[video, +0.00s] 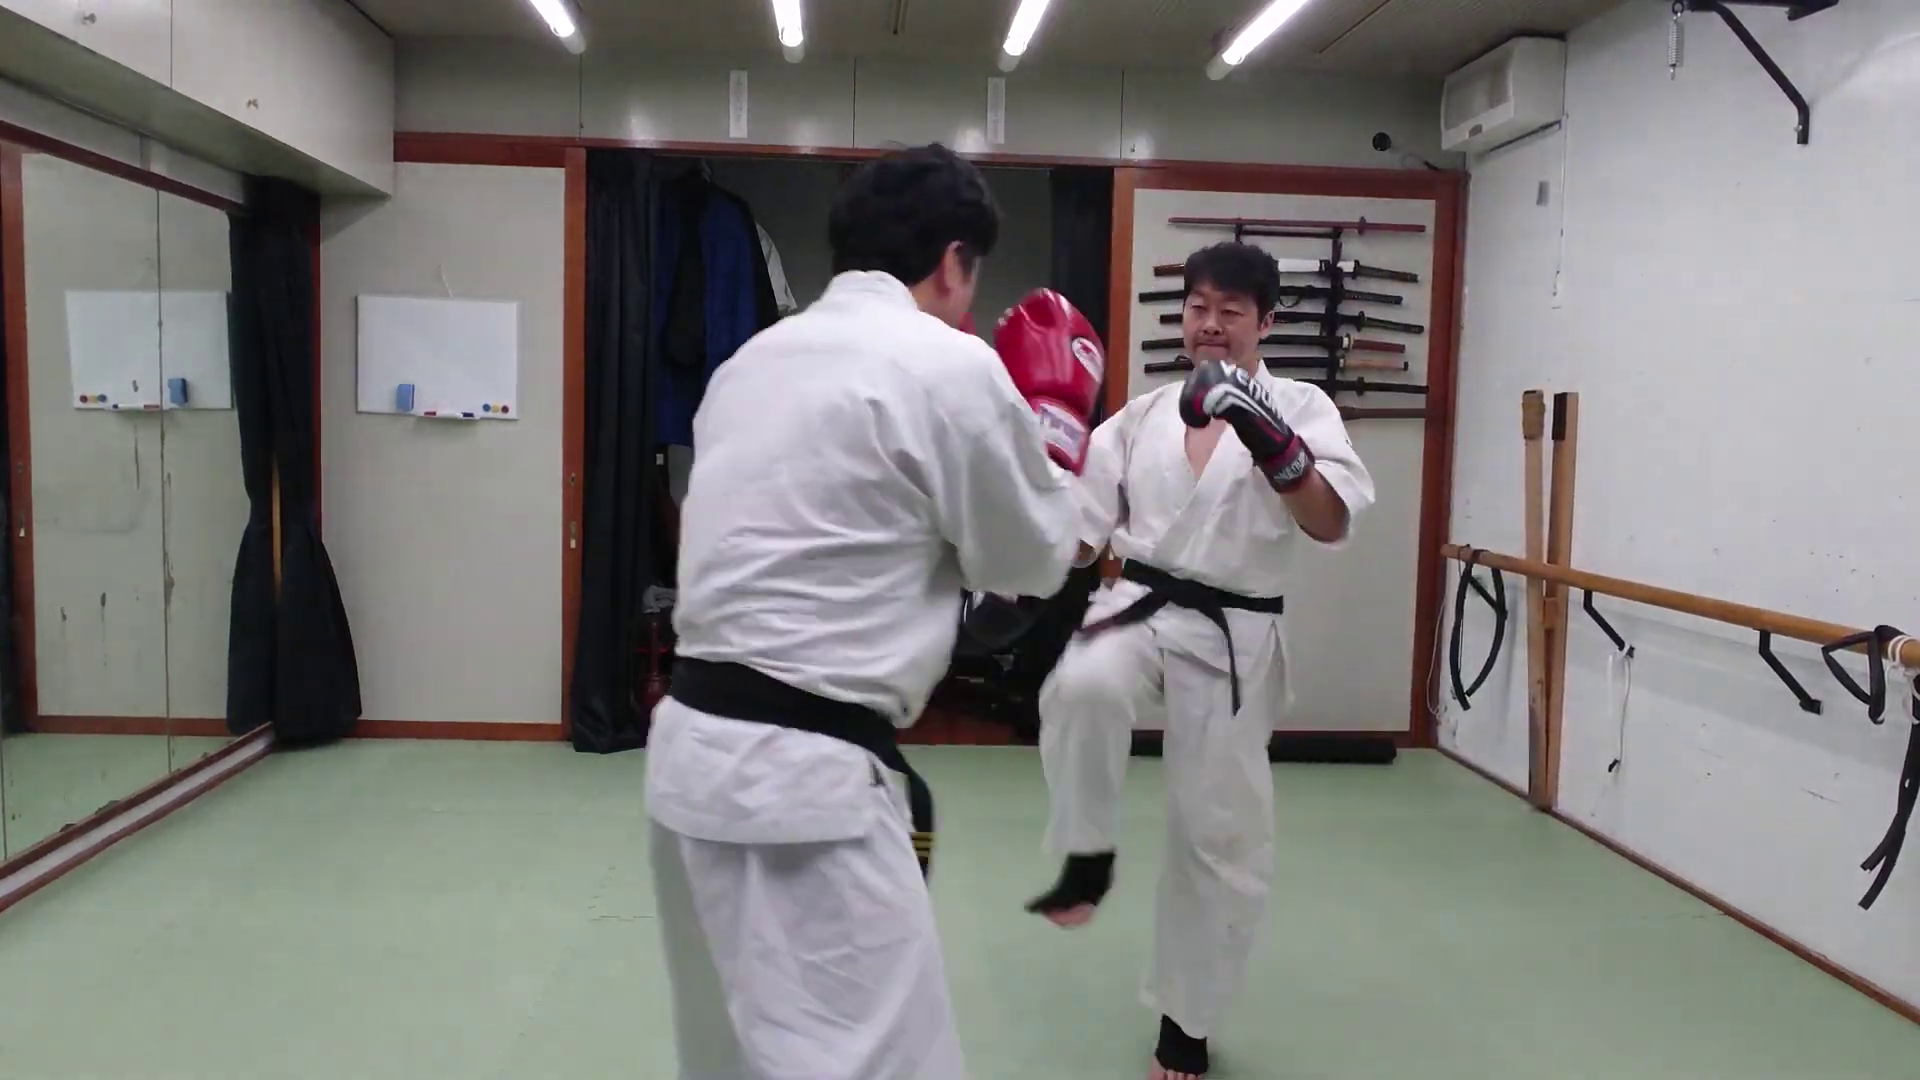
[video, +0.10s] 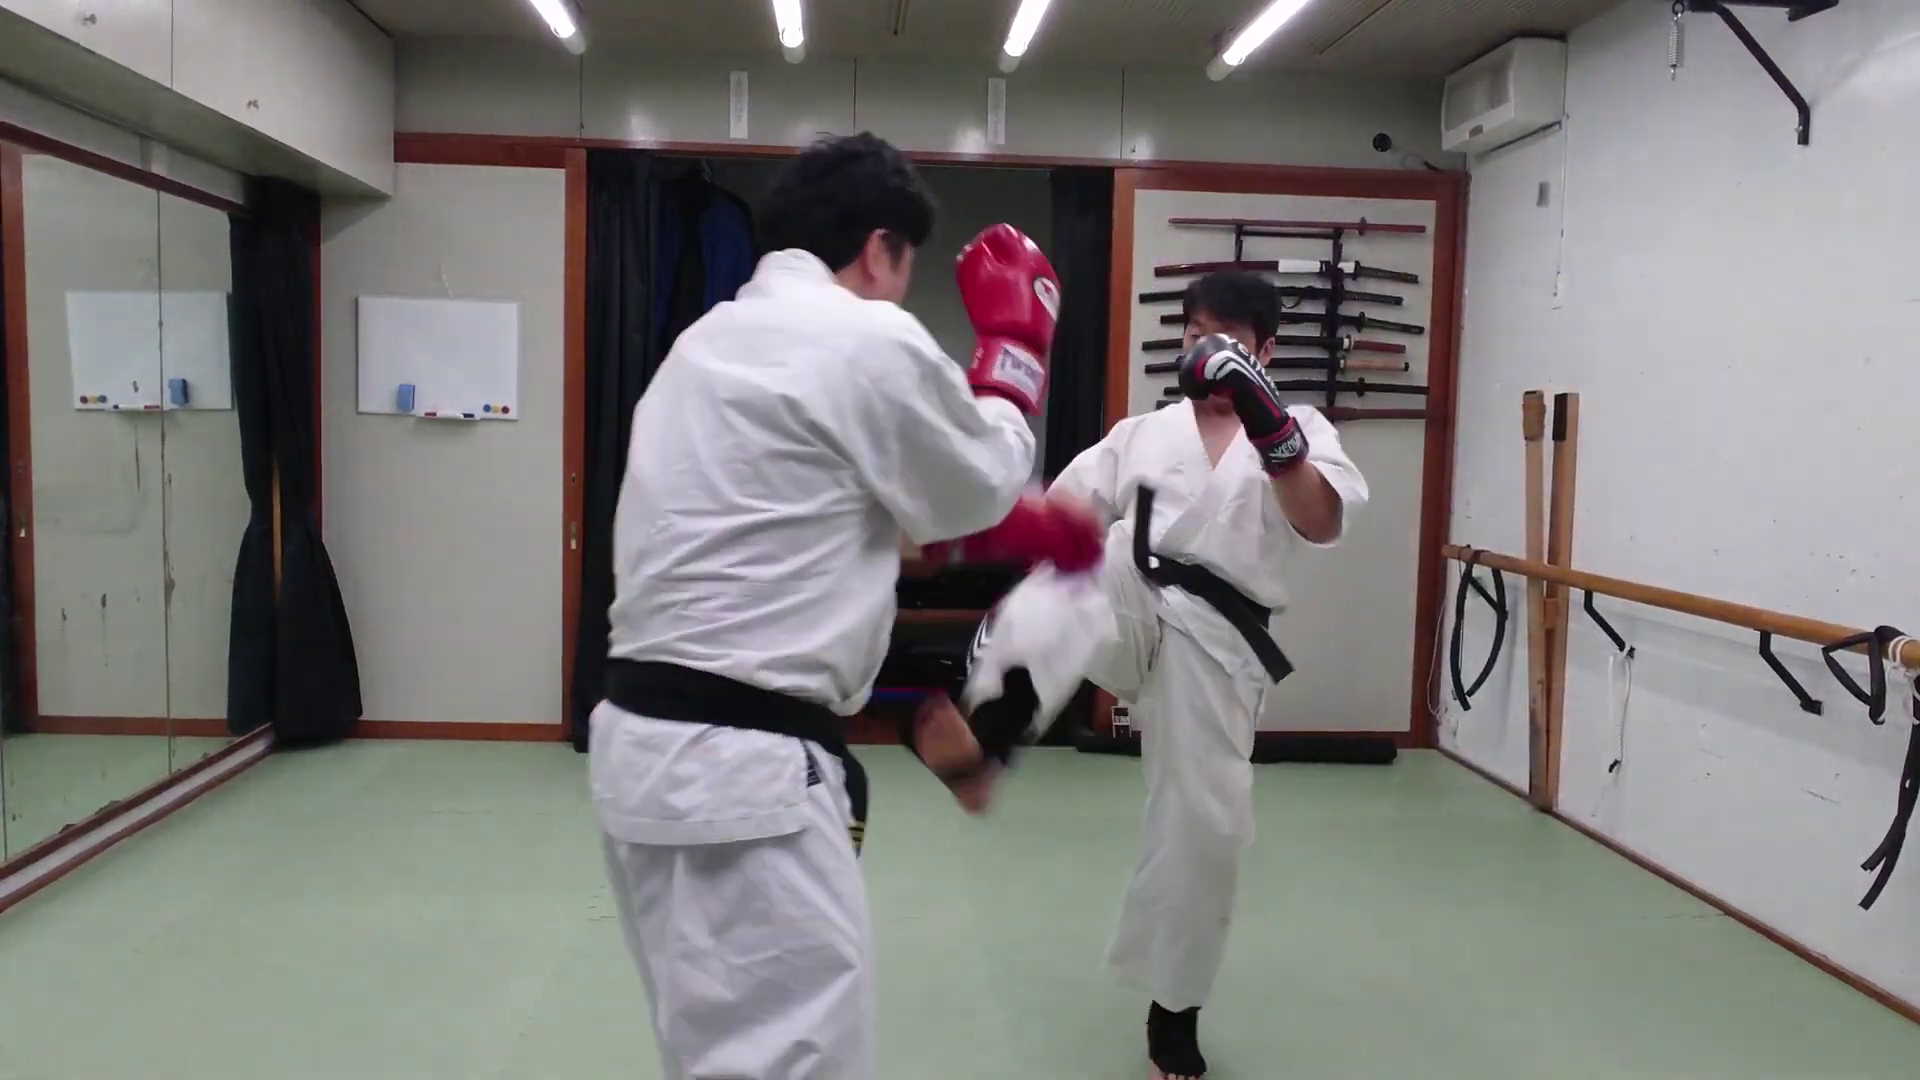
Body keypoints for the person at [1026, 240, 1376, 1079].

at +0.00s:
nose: (1209, 325)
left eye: (1230, 312)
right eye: (1198, 310)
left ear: (1266, 321)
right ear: (1181, 317)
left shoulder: (1301, 409)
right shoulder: (1145, 413)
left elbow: (1331, 524)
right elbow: (1079, 510)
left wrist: (1272, 442)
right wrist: (1040, 440)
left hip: (1231, 627)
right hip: (1137, 604)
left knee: (1215, 833)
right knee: (1082, 684)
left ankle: (1187, 1026)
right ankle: (1085, 857)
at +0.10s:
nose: (1201, 346)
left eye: (1221, 334)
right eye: (1192, 332)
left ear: (1263, 345)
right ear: (1181, 340)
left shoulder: (1303, 436)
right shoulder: (1148, 431)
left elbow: (1320, 522)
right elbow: (1063, 501)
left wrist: (1268, 422)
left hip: (1219, 645)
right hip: (1129, 602)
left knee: (1211, 829)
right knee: (1084, 554)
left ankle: (1173, 1020)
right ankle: (988, 732)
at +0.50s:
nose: (1153, 319)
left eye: (1173, 304)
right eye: (1143, 303)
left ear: (1216, 312)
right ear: (1131, 311)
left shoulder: (1267, 415)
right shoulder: (1099, 415)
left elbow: (1322, 548)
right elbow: (1029, 521)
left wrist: (1279, 477)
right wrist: (984, 535)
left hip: (1197, 641)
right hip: (1080, 618)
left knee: (1197, 848)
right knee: (965, 762)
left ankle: (1164, 1029)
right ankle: (904, 937)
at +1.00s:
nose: (1059, 325)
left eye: (1071, 310)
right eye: (1049, 313)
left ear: (1109, 308)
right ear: (1040, 319)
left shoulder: (1170, 381)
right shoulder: (1045, 394)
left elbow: (1109, 361)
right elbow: (970, 433)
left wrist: (1105, 264)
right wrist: (917, 438)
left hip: (1139, 588)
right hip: (1058, 586)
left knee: (1017, 522)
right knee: (1056, 780)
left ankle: (1006, 728)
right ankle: (1067, 965)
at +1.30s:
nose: (1033, 314)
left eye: (1050, 300)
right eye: (1024, 300)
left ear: (1095, 302)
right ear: (1015, 307)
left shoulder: (1139, 389)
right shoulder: (1005, 408)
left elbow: (1181, 506)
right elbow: (969, 530)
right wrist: (941, 613)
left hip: (1109, 592)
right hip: (1020, 605)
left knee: (1010, 588)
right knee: (1046, 782)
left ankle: (1036, 789)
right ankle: (1066, 963)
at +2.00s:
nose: (989, 360)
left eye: (1000, 343)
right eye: (983, 348)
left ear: (1049, 335)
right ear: (1052, 346)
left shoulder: (1036, 385)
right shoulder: (1075, 417)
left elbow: (986, 457)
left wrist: (941, 527)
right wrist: (884, 535)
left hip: (994, 551)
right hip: (1019, 602)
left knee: (862, 603)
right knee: (907, 787)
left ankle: (973, 783)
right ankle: (962, 987)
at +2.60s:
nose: (988, 327)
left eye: (995, 309)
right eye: (984, 314)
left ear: (1044, 296)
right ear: (1043, 299)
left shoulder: (1075, 366)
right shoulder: (1030, 379)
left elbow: (953, 391)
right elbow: (932, 465)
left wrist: (897, 329)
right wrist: (882, 385)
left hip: (1038, 622)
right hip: (1001, 621)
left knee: (993, 828)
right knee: (947, 808)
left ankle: (1025, 1046)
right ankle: (953, 1003)